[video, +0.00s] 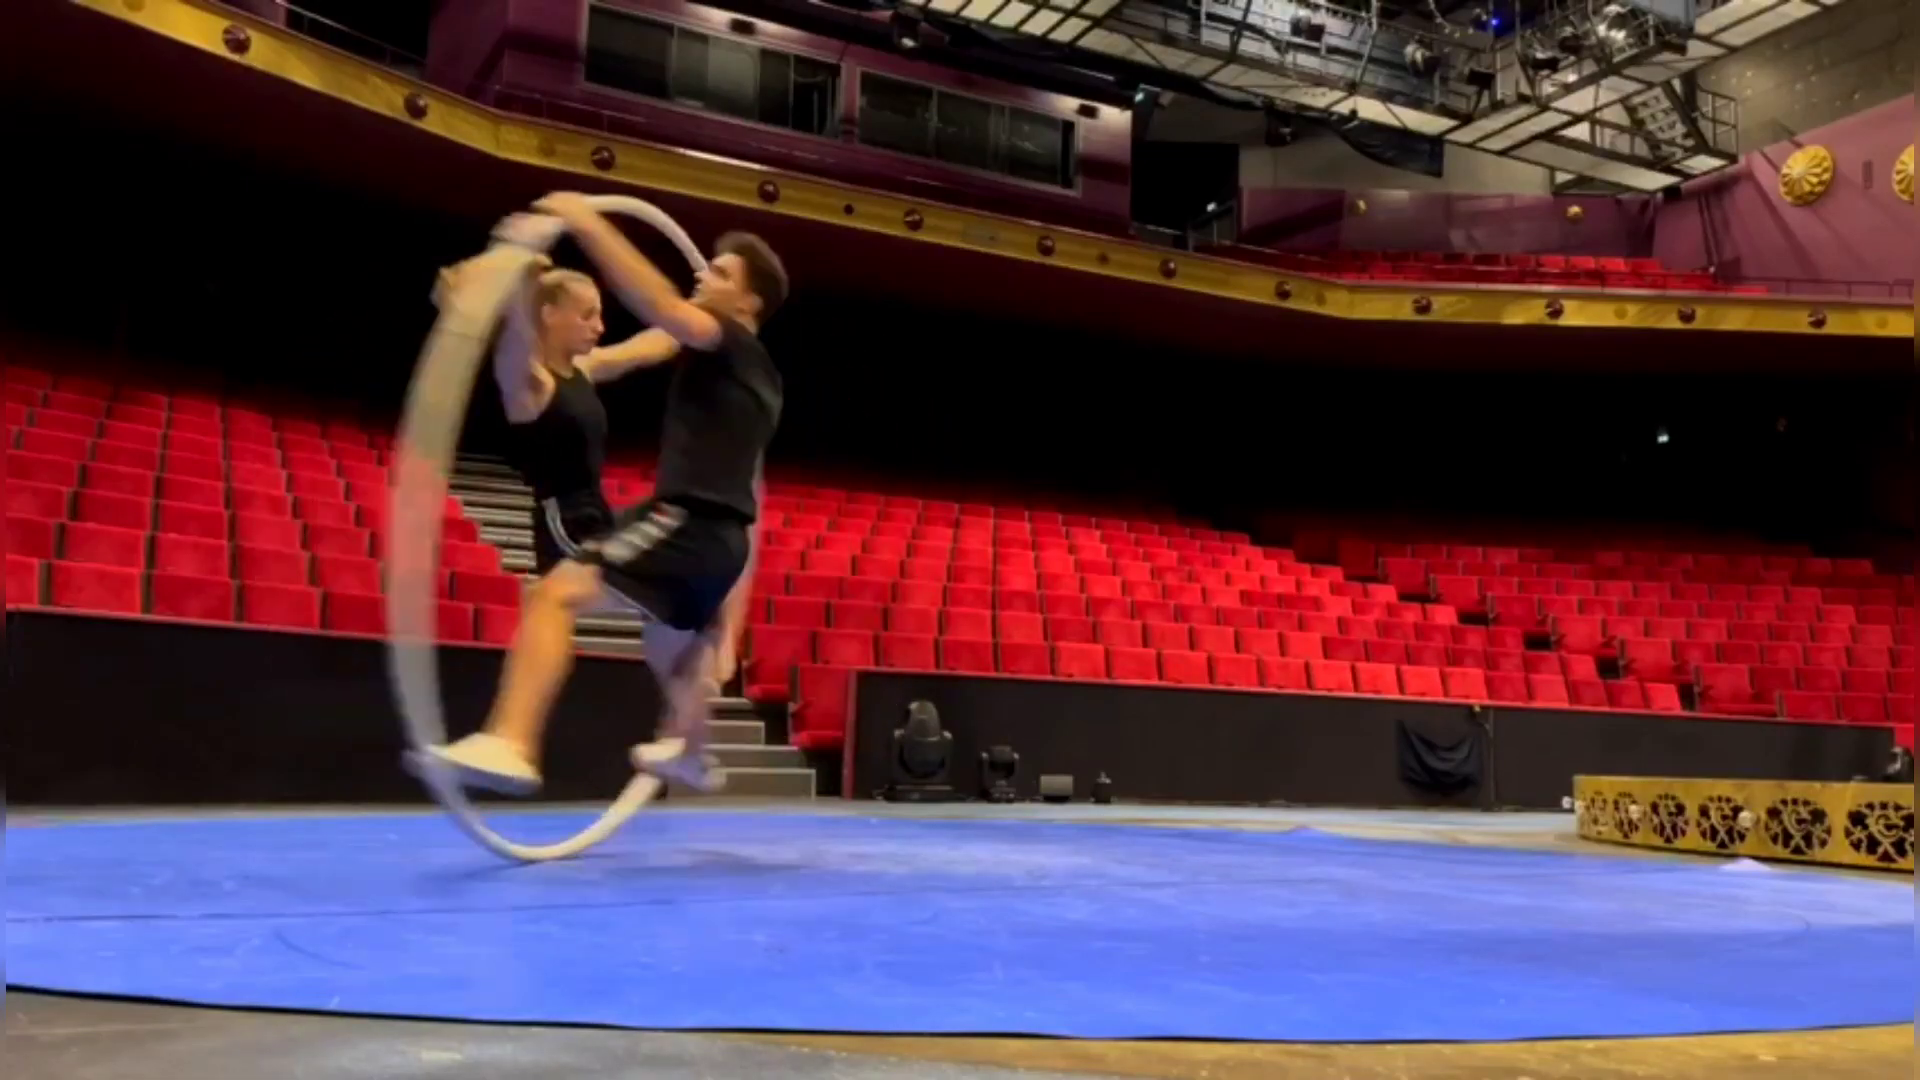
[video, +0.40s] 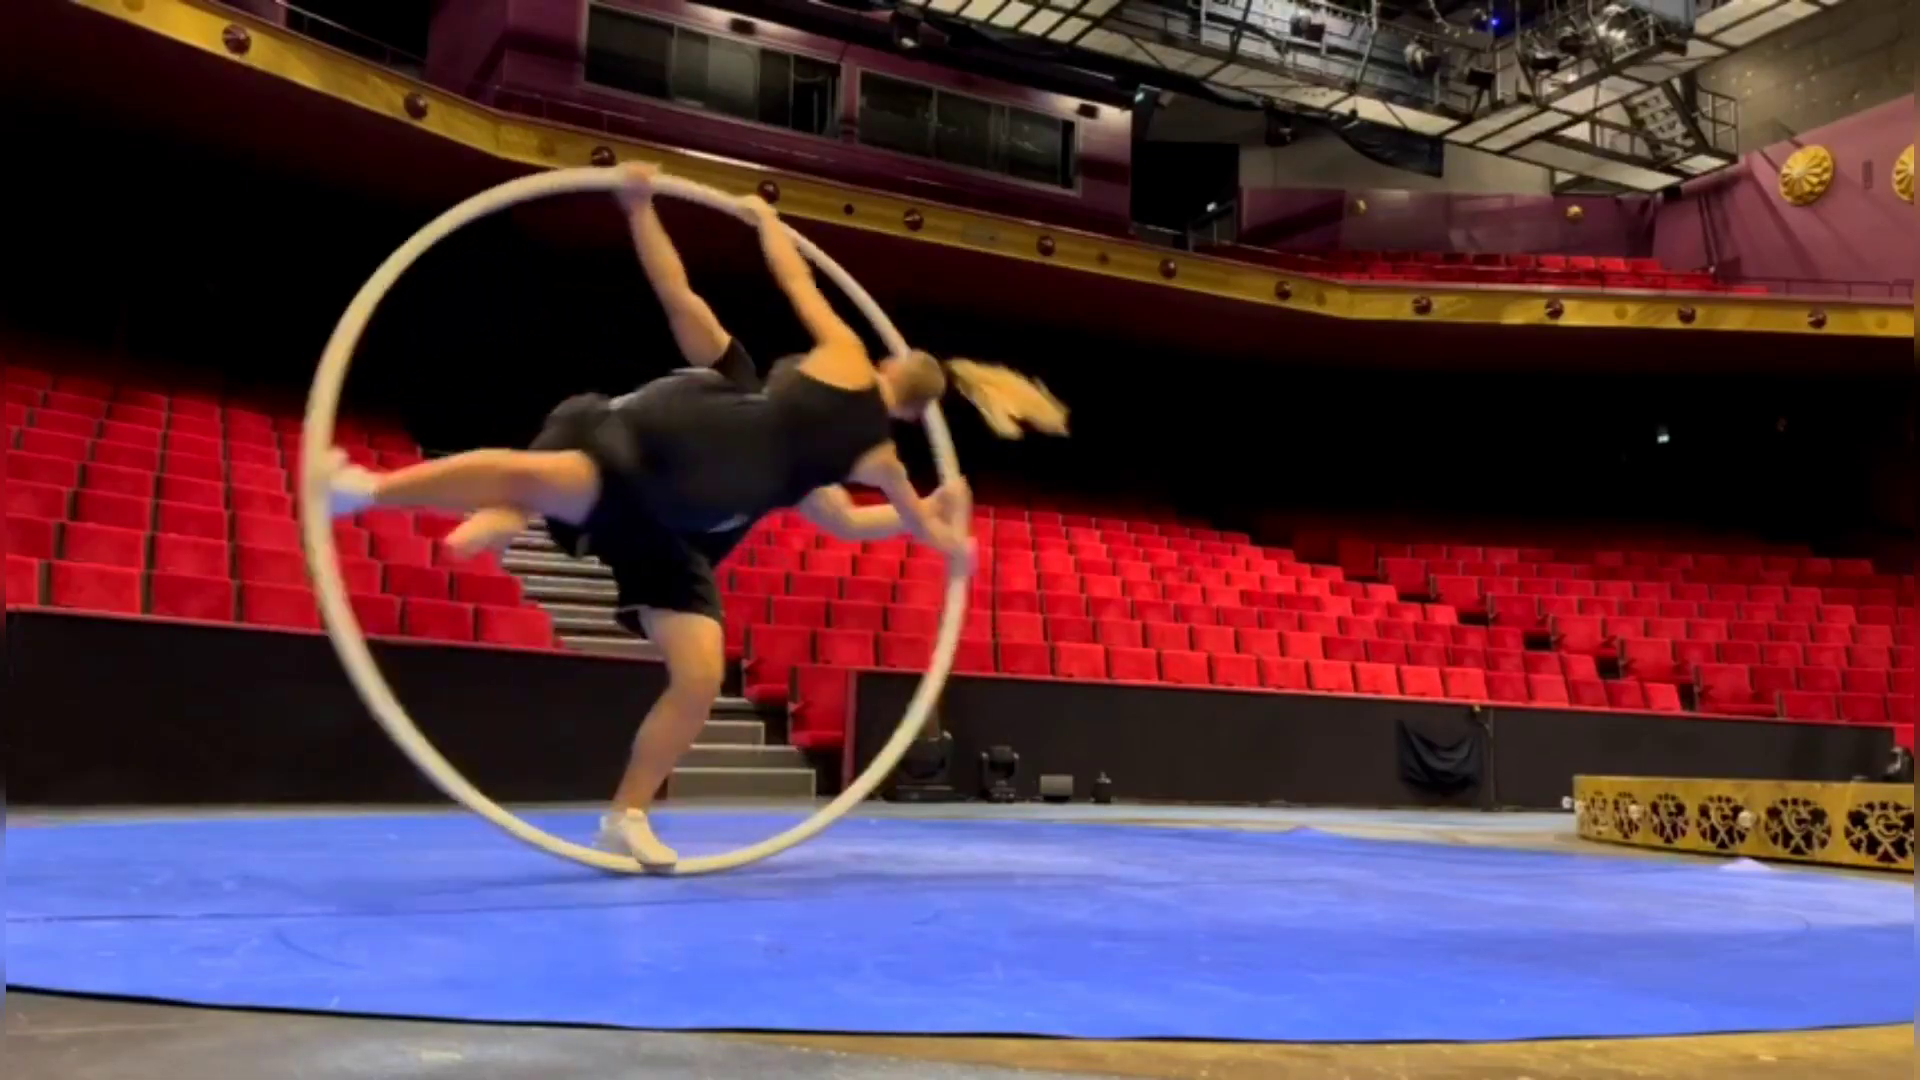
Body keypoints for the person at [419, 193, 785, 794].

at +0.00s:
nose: (700, 277)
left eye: (718, 272)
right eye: (707, 268)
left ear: (747, 299)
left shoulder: (721, 336)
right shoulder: (757, 366)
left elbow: (650, 301)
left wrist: (584, 218)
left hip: (687, 521)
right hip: (720, 535)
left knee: (554, 594)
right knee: (677, 648)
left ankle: (511, 741)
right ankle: (692, 751)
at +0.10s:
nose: (644, 318)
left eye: (647, 305)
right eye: (632, 305)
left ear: (639, 312)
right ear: (595, 311)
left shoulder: (629, 354)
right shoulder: (572, 362)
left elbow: (663, 293)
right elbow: (605, 368)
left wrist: (697, 240)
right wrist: (656, 364)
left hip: (554, 520)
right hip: (561, 540)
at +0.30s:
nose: (850, 395)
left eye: (861, 390)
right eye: (844, 378)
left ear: (863, 394)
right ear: (818, 361)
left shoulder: (844, 453)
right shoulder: (738, 372)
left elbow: (912, 497)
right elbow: (663, 317)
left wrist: (976, 474)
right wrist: (608, 246)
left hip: (688, 552)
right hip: (630, 503)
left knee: (678, 665)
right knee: (510, 546)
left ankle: (642, 821)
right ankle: (438, 580)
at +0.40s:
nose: (904, 375)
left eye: (915, 380)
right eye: (903, 364)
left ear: (917, 401)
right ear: (886, 361)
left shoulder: (864, 461)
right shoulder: (835, 356)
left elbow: (913, 518)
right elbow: (797, 277)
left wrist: (941, 523)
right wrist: (769, 218)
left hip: (675, 541)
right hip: (644, 458)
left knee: (699, 678)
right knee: (551, 475)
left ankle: (627, 817)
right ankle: (367, 491)